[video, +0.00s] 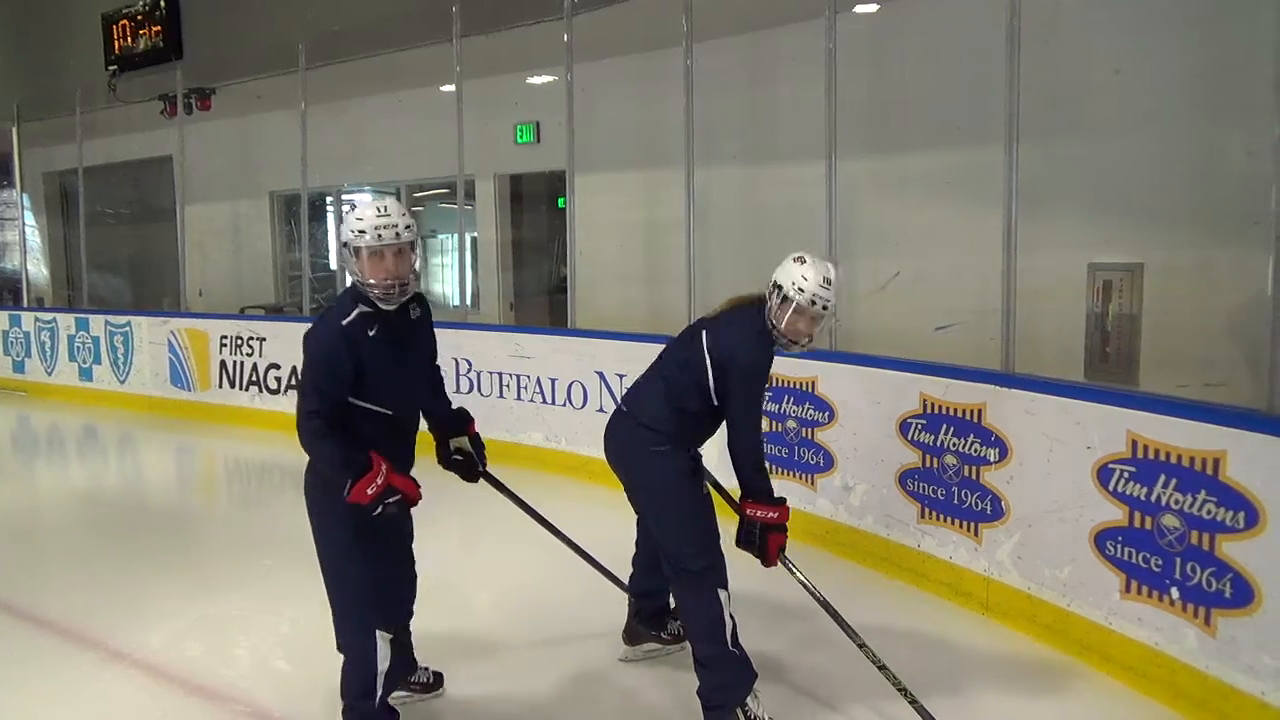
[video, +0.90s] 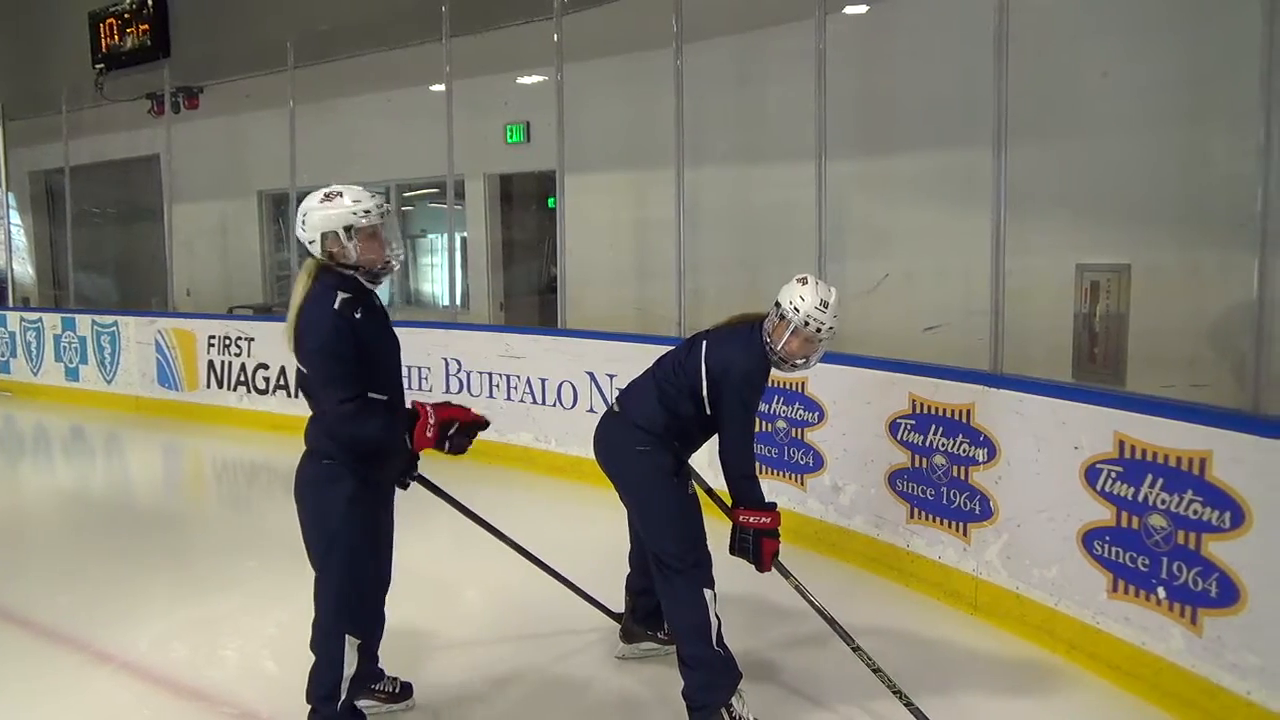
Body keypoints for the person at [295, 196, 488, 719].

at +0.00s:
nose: (391, 267)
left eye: (400, 253)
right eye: (377, 256)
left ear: (414, 256)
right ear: (355, 261)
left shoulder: (416, 313)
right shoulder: (335, 329)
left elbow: (427, 381)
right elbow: (314, 425)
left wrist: (453, 431)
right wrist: (365, 477)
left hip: (391, 479)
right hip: (341, 483)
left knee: (397, 581)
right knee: (363, 603)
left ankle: (398, 672)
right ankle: (366, 707)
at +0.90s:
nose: (383, 244)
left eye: (381, 233)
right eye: (369, 236)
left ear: (355, 243)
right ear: (336, 246)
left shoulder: (359, 298)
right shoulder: (328, 308)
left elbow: (371, 395)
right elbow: (341, 410)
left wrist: (409, 434)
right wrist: (416, 426)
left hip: (367, 471)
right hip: (337, 475)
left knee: (371, 581)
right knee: (339, 592)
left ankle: (361, 676)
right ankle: (328, 703)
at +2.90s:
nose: (388, 243)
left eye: (385, 231)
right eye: (376, 232)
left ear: (352, 240)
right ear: (345, 238)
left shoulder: (347, 300)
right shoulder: (323, 305)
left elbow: (350, 392)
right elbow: (314, 402)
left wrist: (390, 433)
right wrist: (378, 447)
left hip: (342, 471)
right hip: (314, 476)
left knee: (350, 582)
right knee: (319, 595)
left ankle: (345, 674)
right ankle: (296, 705)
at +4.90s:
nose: (358, 249)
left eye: (368, 237)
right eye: (345, 239)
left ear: (383, 242)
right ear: (325, 247)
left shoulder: (384, 305)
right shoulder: (312, 319)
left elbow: (400, 388)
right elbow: (322, 411)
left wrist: (430, 432)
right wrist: (389, 431)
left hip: (384, 468)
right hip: (335, 474)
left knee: (386, 577)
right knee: (344, 596)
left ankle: (373, 669)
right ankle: (320, 707)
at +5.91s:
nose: (363, 251)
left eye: (372, 238)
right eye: (349, 241)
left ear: (385, 243)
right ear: (327, 249)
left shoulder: (384, 304)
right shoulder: (318, 317)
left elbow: (390, 390)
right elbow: (337, 408)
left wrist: (416, 449)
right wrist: (417, 419)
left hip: (386, 467)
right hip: (340, 474)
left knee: (389, 581)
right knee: (347, 603)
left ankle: (379, 668)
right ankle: (325, 707)